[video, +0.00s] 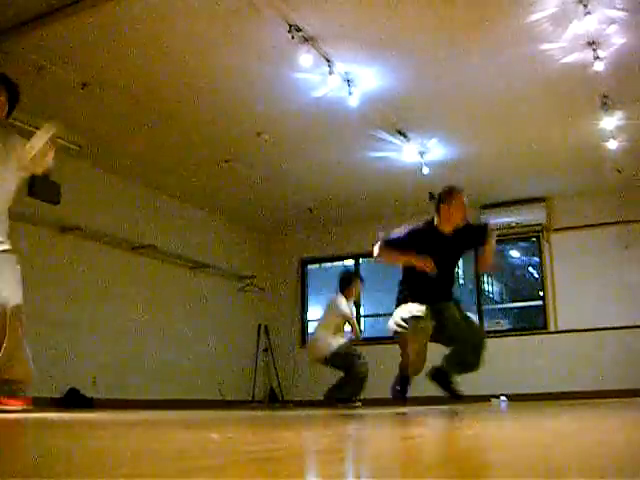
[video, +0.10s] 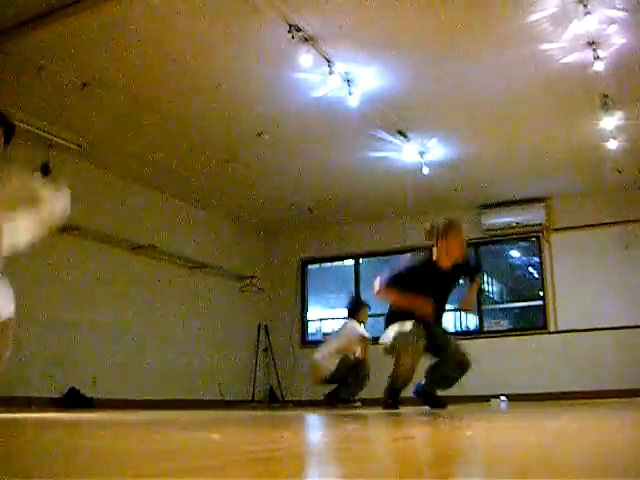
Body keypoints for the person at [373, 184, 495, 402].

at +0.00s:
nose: (465, 212)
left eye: (464, 206)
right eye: (460, 206)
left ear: (454, 210)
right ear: (446, 209)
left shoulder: (464, 233)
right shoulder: (420, 233)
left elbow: (488, 233)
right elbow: (380, 252)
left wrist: (487, 249)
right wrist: (413, 260)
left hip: (443, 307)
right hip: (413, 304)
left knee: (474, 339)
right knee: (416, 324)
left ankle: (443, 372)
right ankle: (405, 377)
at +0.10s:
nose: (461, 247)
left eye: (461, 241)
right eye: (456, 241)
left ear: (461, 244)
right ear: (441, 243)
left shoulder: (458, 267)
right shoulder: (418, 267)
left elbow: (475, 274)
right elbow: (381, 290)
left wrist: (469, 297)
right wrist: (417, 303)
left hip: (431, 328)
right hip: (401, 325)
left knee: (458, 361)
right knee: (410, 336)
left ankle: (427, 388)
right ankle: (393, 392)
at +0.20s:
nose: (459, 284)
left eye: (458, 279)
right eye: (454, 279)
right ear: (437, 281)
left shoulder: (456, 301)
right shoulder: (414, 302)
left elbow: (471, 322)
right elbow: (376, 328)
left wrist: (469, 346)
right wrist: (407, 344)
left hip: (426, 352)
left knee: (460, 368)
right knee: (400, 356)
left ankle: (428, 393)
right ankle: (389, 394)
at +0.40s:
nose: (435, 256)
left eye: (437, 249)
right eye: (429, 249)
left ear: (439, 250)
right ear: (414, 251)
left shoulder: (446, 278)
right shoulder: (393, 278)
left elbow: (445, 314)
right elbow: (371, 306)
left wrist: (434, 291)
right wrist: (365, 338)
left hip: (430, 341)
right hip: (398, 339)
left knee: (457, 374)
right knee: (397, 358)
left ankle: (438, 396)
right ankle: (391, 391)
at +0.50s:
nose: (425, 229)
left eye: (428, 224)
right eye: (419, 224)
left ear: (432, 225)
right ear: (405, 226)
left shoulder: (440, 250)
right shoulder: (387, 249)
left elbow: (432, 285)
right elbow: (371, 272)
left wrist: (419, 252)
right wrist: (365, 296)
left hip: (432, 312)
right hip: (399, 313)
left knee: (446, 353)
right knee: (391, 349)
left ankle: (449, 390)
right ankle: (388, 391)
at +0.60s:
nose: (424, 221)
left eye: (426, 215)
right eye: (417, 216)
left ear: (430, 213)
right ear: (401, 217)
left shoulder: (439, 238)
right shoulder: (383, 235)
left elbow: (433, 281)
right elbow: (372, 258)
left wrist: (411, 258)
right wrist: (364, 285)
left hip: (433, 295)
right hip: (402, 296)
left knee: (429, 338)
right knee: (385, 345)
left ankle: (452, 379)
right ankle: (389, 392)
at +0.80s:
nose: (414, 225)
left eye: (417, 218)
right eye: (407, 219)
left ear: (421, 216)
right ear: (389, 219)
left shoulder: (436, 238)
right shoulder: (378, 247)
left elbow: (473, 266)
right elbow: (370, 279)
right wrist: (368, 304)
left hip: (451, 299)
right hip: (417, 304)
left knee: (420, 332)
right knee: (391, 349)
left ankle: (433, 389)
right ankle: (415, 391)